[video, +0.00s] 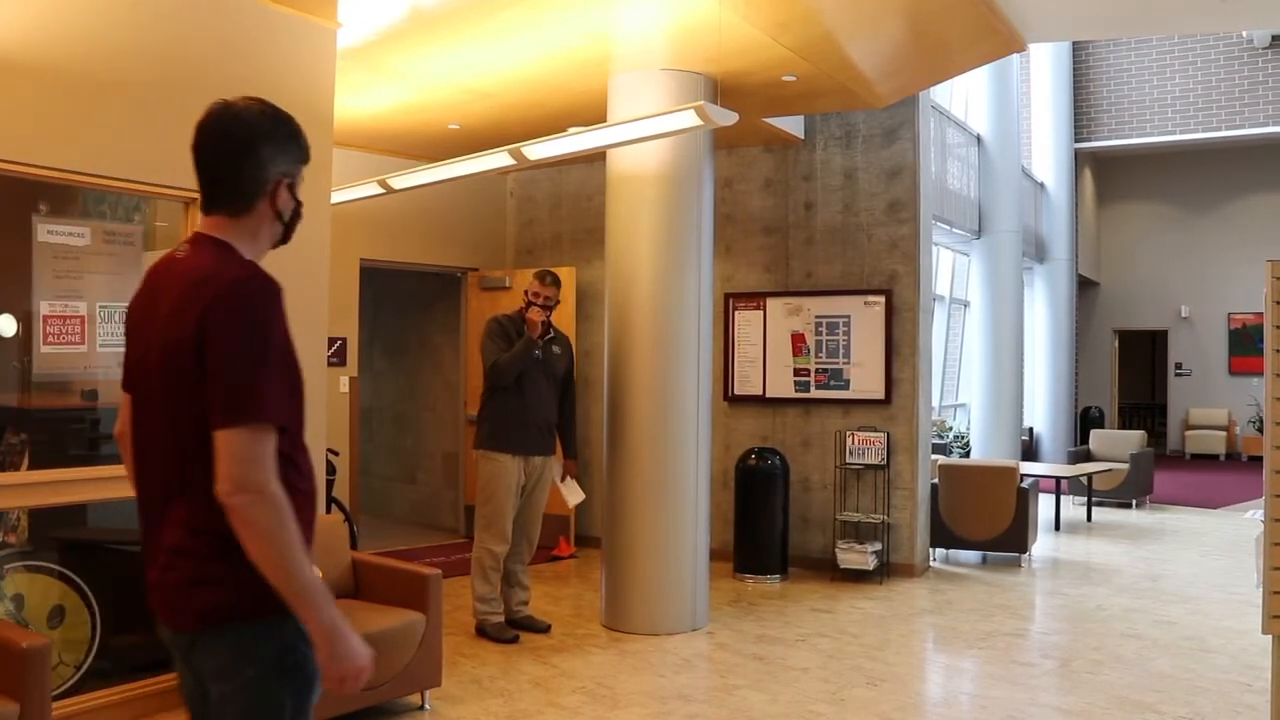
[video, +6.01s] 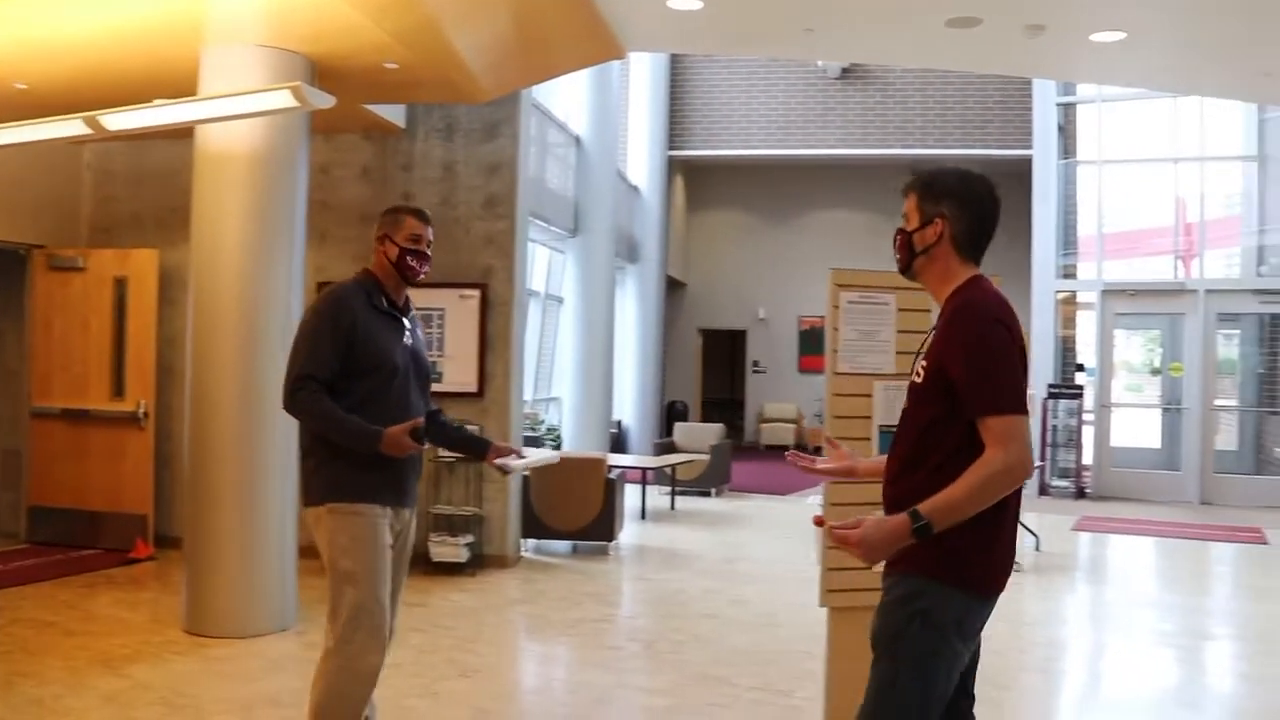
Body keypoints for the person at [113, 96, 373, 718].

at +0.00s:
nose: (300, 201)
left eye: (300, 183)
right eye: (299, 183)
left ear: (209, 180)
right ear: (279, 192)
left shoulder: (160, 280)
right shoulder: (244, 290)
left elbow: (132, 436)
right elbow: (247, 485)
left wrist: (182, 541)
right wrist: (329, 626)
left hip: (188, 603)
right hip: (250, 614)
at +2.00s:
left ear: (429, 208)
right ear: (504, 223)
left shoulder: (373, 300)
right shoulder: (503, 304)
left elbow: (331, 425)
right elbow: (540, 458)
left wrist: (383, 450)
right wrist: (667, 495)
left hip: (406, 567)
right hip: (493, 572)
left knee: (406, 711)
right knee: (522, 710)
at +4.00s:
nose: (724, 228)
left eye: (728, 216)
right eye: (728, 216)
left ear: (736, 224)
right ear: (797, 233)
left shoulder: (712, 300)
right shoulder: (837, 321)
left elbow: (692, 439)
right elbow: (858, 466)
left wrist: (605, 502)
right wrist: (795, 494)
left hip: (716, 567)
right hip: (806, 571)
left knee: (655, 714)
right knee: (774, 715)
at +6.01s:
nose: (900, 234)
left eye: (907, 221)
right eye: (902, 222)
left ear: (937, 230)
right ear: (943, 232)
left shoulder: (978, 312)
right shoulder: (962, 310)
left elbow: (1012, 458)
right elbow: (951, 450)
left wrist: (904, 526)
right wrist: (861, 468)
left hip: (943, 572)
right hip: (942, 566)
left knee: (890, 711)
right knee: (945, 712)